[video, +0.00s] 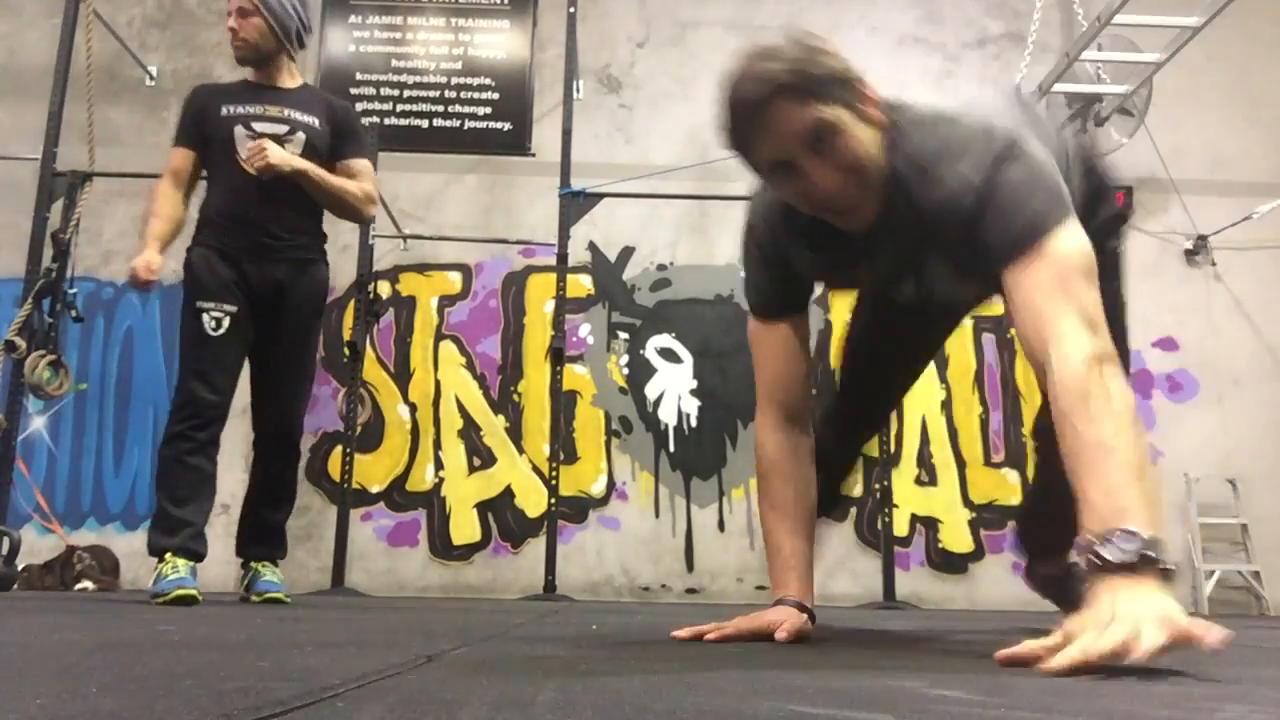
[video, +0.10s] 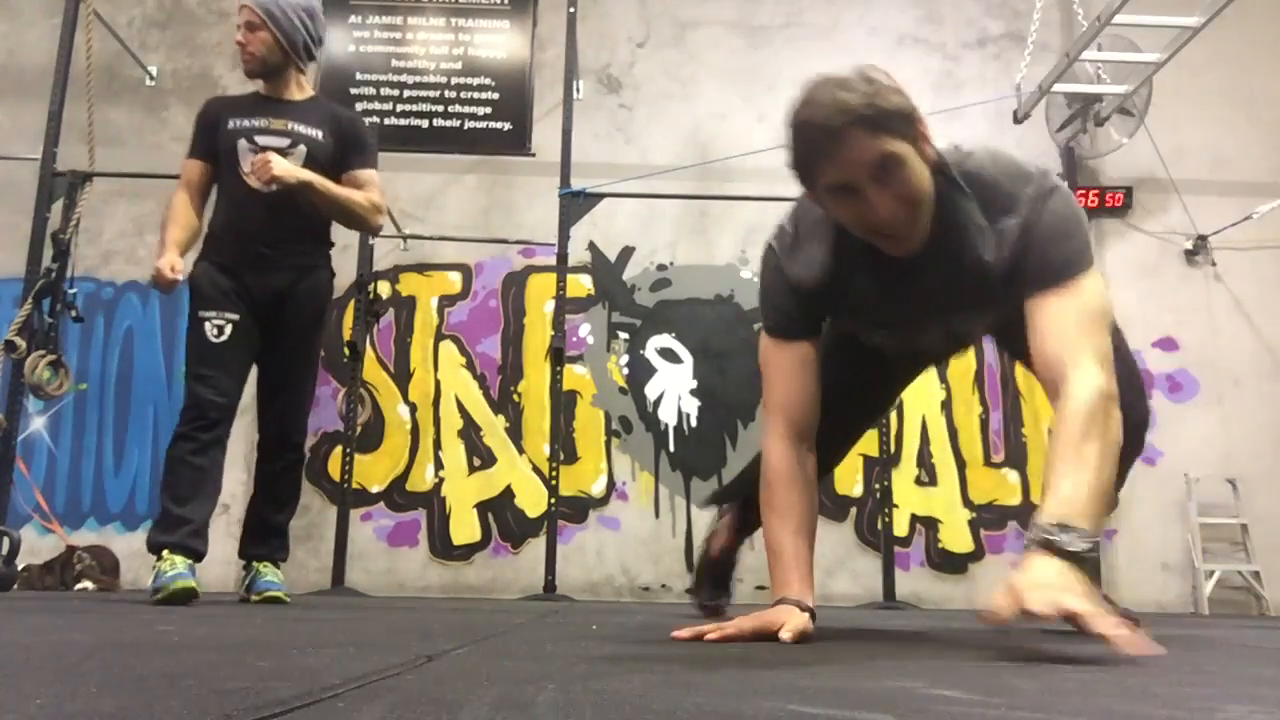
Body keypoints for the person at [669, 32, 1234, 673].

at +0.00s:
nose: (819, 181)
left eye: (824, 141)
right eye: (784, 171)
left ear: (868, 105)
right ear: (765, 179)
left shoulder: (989, 164)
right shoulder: (777, 230)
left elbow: (1082, 357)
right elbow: (782, 417)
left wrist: (1128, 567)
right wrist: (789, 596)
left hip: (1064, 212)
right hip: (926, 247)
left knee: (1084, 390)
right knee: (850, 409)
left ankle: (1059, 562)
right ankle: (814, 486)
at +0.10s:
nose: (880, 208)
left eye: (888, 170)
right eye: (845, 193)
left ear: (923, 141)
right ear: (815, 197)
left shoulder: (1026, 204)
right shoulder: (797, 260)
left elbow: (1086, 383)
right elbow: (788, 437)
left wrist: (1056, 551)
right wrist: (793, 599)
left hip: (1008, 304)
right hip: (883, 334)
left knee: (1124, 408)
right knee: (798, 456)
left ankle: (1070, 560)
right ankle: (728, 529)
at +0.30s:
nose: (914, 245)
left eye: (925, 216)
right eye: (885, 229)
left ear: (949, 197)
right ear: (849, 227)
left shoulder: (1019, 253)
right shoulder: (817, 302)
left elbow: (1068, 418)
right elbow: (802, 462)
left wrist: (1001, 555)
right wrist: (790, 594)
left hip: (980, 369)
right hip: (866, 393)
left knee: (1086, 385)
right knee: (787, 516)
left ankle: (1041, 574)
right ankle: (716, 557)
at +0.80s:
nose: (855, 259)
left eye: (870, 236)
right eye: (835, 241)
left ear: (894, 235)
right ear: (806, 246)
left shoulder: (947, 299)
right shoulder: (761, 331)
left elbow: (993, 450)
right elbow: (763, 444)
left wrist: (995, 585)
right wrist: (792, 531)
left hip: (917, 420)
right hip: (816, 441)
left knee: (1028, 373)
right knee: (742, 598)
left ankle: (1033, 588)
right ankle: (723, 580)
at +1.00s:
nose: (798, 263)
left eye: (809, 238)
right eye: (775, 248)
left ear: (836, 229)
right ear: (750, 256)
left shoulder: (905, 289)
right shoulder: (723, 336)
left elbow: (951, 441)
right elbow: (730, 448)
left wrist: (946, 576)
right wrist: (725, 543)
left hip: (890, 405)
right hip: (792, 441)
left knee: (1024, 374)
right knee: (740, 602)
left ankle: (1034, 590)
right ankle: (723, 586)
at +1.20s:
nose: (764, 236)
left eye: (774, 212)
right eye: (741, 222)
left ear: (802, 203)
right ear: (718, 231)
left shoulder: (876, 265)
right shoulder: (694, 320)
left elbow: (924, 425)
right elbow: (706, 458)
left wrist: (942, 577)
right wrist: (678, 580)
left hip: (878, 386)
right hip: (783, 437)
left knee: (1030, 374)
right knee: (736, 601)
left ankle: (1041, 577)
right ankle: (763, 563)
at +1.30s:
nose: (758, 232)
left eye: (769, 208)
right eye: (734, 219)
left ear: (793, 197)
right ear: (705, 226)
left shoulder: (867, 257)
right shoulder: (683, 319)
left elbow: (916, 420)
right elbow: (701, 458)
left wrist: (944, 577)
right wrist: (681, 591)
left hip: (877, 378)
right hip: (786, 438)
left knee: (1019, 378)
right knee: (735, 598)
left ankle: (1076, 551)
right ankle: (822, 550)